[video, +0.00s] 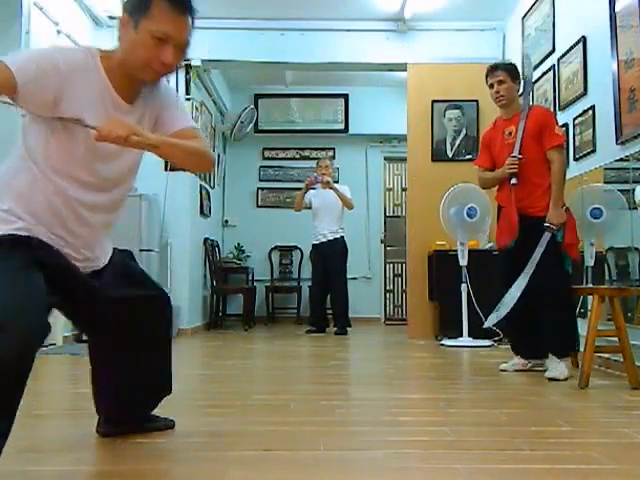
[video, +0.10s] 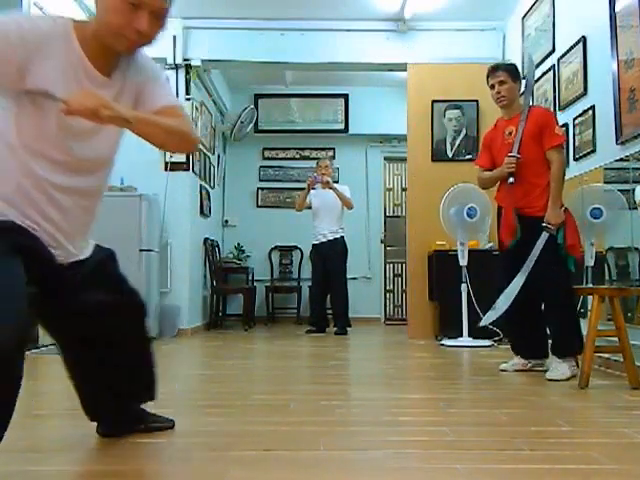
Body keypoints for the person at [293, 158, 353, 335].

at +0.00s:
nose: (324, 171)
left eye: (327, 167)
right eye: (321, 168)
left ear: (332, 170)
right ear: (316, 171)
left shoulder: (341, 189)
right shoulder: (312, 193)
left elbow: (350, 206)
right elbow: (298, 207)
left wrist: (333, 188)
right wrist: (304, 189)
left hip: (336, 242)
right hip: (318, 243)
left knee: (338, 286)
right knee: (317, 287)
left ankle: (341, 324)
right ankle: (318, 323)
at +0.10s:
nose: (324, 171)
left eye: (327, 167)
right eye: (321, 168)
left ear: (332, 170)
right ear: (316, 171)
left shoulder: (341, 189)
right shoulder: (313, 193)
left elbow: (349, 205)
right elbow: (299, 207)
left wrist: (332, 188)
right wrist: (307, 189)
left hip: (336, 241)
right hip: (318, 243)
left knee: (338, 286)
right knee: (317, 286)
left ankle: (341, 324)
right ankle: (318, 323)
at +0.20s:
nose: (324, 171)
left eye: (327, 167)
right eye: (320, 168)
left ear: (332, 170)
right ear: (316, 171)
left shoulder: (341, 189)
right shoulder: (314, 193)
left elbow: (349, 206)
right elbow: (300, 207)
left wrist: (332, 188)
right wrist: (308, 189)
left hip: (336, 242)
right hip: (318, 243)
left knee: (338, 285)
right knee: (317, 286)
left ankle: (341, 324)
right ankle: (318, 323)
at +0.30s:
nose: (324, 171)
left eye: (327, 168)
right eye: (321, 168)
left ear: (332, 170)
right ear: (317, 171)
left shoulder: (341, 189)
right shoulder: (314, 193)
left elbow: (349, 206)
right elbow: (300, 207)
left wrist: (332, 189)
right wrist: (308, 189)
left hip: (336, 241)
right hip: (318, 243)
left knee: (338, 285)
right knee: (317, 286)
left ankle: (341, 324)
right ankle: (318, 323)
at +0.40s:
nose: (324, 171)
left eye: (327, 168)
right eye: (321, 168)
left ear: (332, 170)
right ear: (317, 171)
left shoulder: (341, 189)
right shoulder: (314, 193)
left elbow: (349, 206)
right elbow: (301, 207)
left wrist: (332, 189)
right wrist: (309, 189)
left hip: (336, 242)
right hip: (318, 243)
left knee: (338, 285)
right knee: (317, 286)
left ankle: (341, 324)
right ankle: (318, 323)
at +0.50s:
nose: (325, 171)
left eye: (327, 168)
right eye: (321, 168)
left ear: (332, 170)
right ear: (317, 171)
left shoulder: (341, 189)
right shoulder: (313, 193)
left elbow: (349, 206)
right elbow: (301, 207)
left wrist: (332, 189)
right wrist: (309, 189)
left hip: (336, 241)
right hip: (318, 243)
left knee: (338, 285)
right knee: (317, 286)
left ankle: (341, 324)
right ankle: (318, 323)